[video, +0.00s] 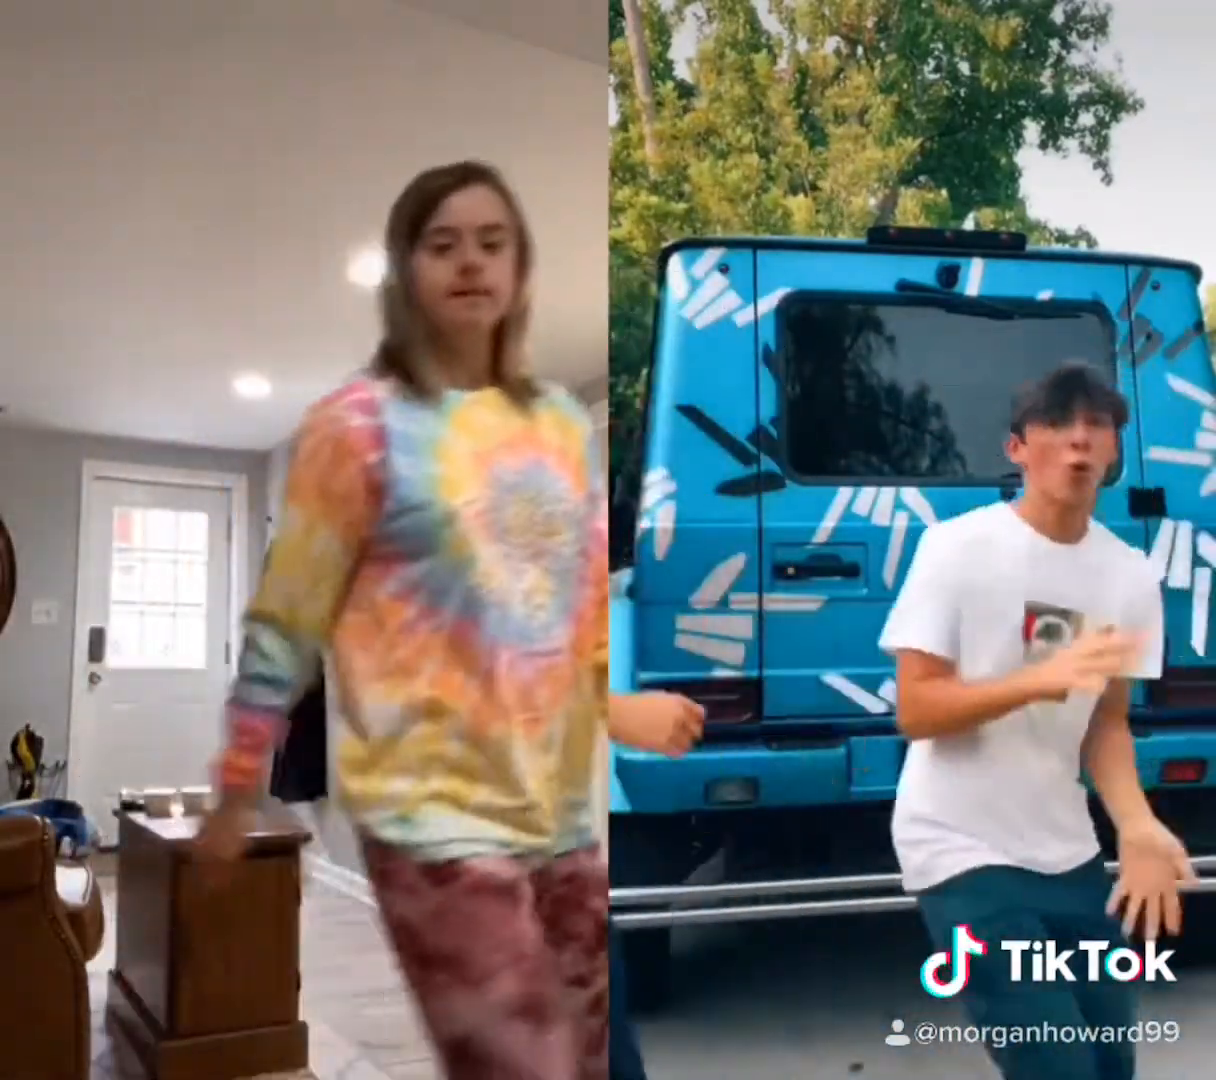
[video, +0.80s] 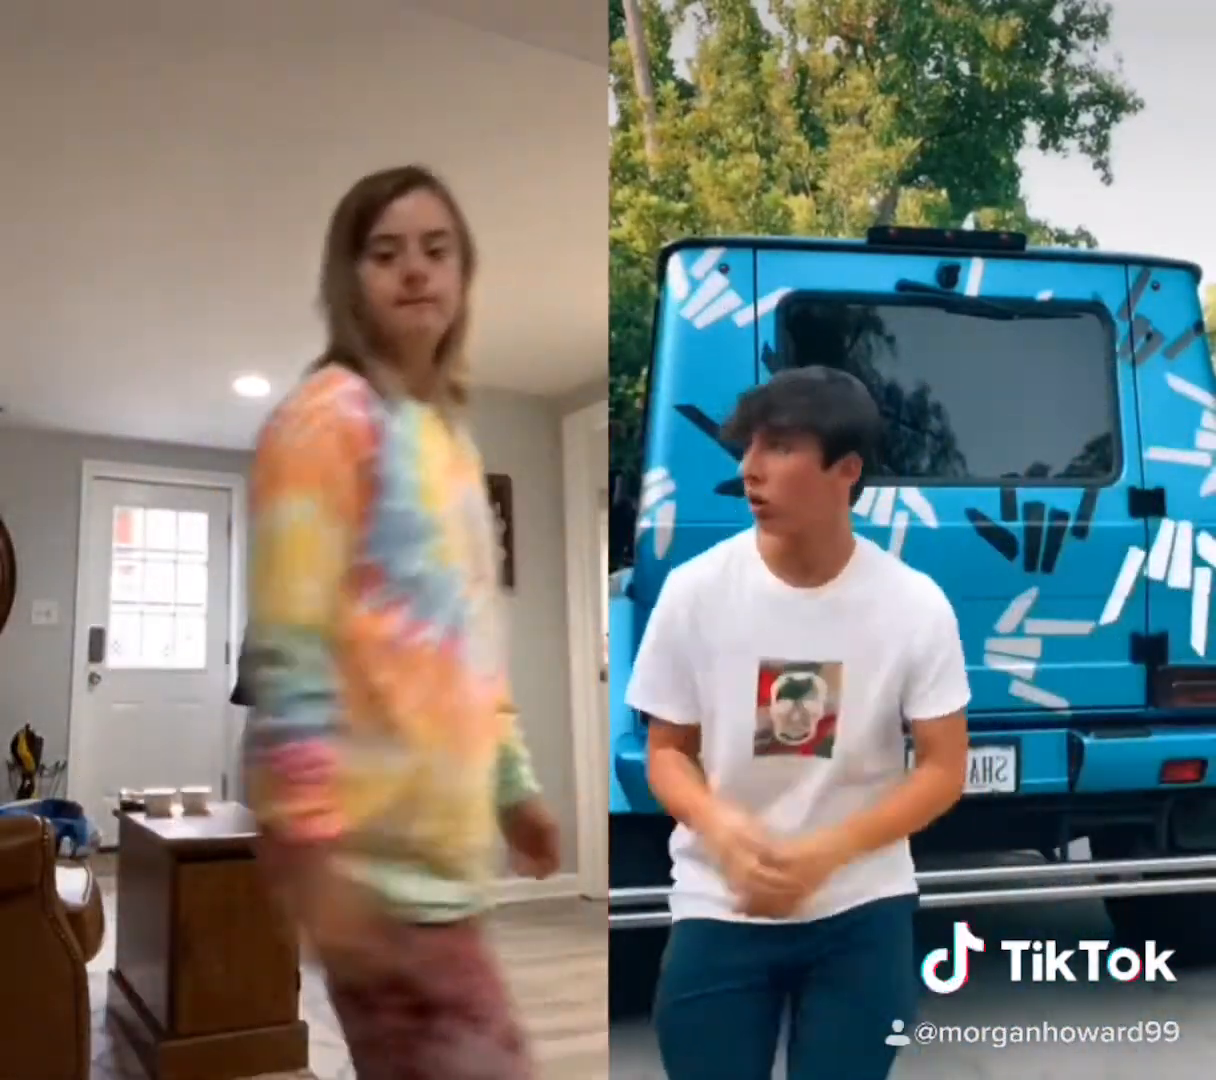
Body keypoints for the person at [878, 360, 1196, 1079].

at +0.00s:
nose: (1082, 448)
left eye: (1096, 433)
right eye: (1061, 431)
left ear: (1113, 453)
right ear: (1019, 449)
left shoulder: (1130, 575)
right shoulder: (954, 550)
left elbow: (1108, 725)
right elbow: (916, 710)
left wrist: (1137, 825)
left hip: (1066, 845)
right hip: (961, 843)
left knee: (1111, 1059)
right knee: (1060, 1058)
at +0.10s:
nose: (1034, 438)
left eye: (1052, 422)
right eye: (1015, 421)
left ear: (1074, 443)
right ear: (976, 441)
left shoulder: (1074, 567)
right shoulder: (910, 558)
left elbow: (1083, 709)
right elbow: (844, 686)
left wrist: (1143, 713)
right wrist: (853, 780)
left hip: (1050, 859)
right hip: (930, 861)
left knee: (1066, 1067)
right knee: (941, 1066)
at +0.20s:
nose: (972, 468)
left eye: (991, 452)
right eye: (953, 451)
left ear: (1016, 471)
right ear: (920, 471)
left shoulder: (1050, 594)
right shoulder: (848, 590)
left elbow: (1084, 756)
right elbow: (793, 715)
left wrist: (1082, 711)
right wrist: (799, 799)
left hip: (1016, 888)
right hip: (879, 887)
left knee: (1041, 1068)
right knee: (856, 1065)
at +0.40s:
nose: (846, 503)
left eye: (867, 485)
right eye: (827, 485)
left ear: (900, 504)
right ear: (798, 506)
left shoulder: (943, 632)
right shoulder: (762, 616)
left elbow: (972, 803)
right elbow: (714, 770)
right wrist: (797, 654)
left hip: (904, 930)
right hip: (772, 917)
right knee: (729, 1064)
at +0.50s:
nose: (820, 466)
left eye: (841, 448)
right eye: (802, 447)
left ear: (875, 468)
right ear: (774, 467)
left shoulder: (922, 594)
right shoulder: (730, 578)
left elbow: (918, 773)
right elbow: (675, 726)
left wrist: (773, 753)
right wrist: (764, 607)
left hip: (884, 897)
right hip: (751, 892)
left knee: (874, 1068)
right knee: (733, 1068)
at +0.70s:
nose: (774, 446)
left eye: (799, 426)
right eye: (764, 425)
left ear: (854, 444)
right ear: (748, 437)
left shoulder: (911, 580)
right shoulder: (696, 562)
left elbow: (904, 755)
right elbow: (667, 737)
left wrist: (747, 799)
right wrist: (771, 704)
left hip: (863, 895)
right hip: (728, 897)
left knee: (827, 1067)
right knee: (736, 1069)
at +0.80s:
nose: (750, 469)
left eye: (779, 447)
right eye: (749, 447)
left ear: (845, 471)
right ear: (744, 459)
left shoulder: (912, 605)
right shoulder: (694, 592)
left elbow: (946, 769)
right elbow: (666, 754)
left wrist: (828, 851)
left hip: (863, 918)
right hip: (720, 917)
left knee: (845, 1067)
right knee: (706, 1064)